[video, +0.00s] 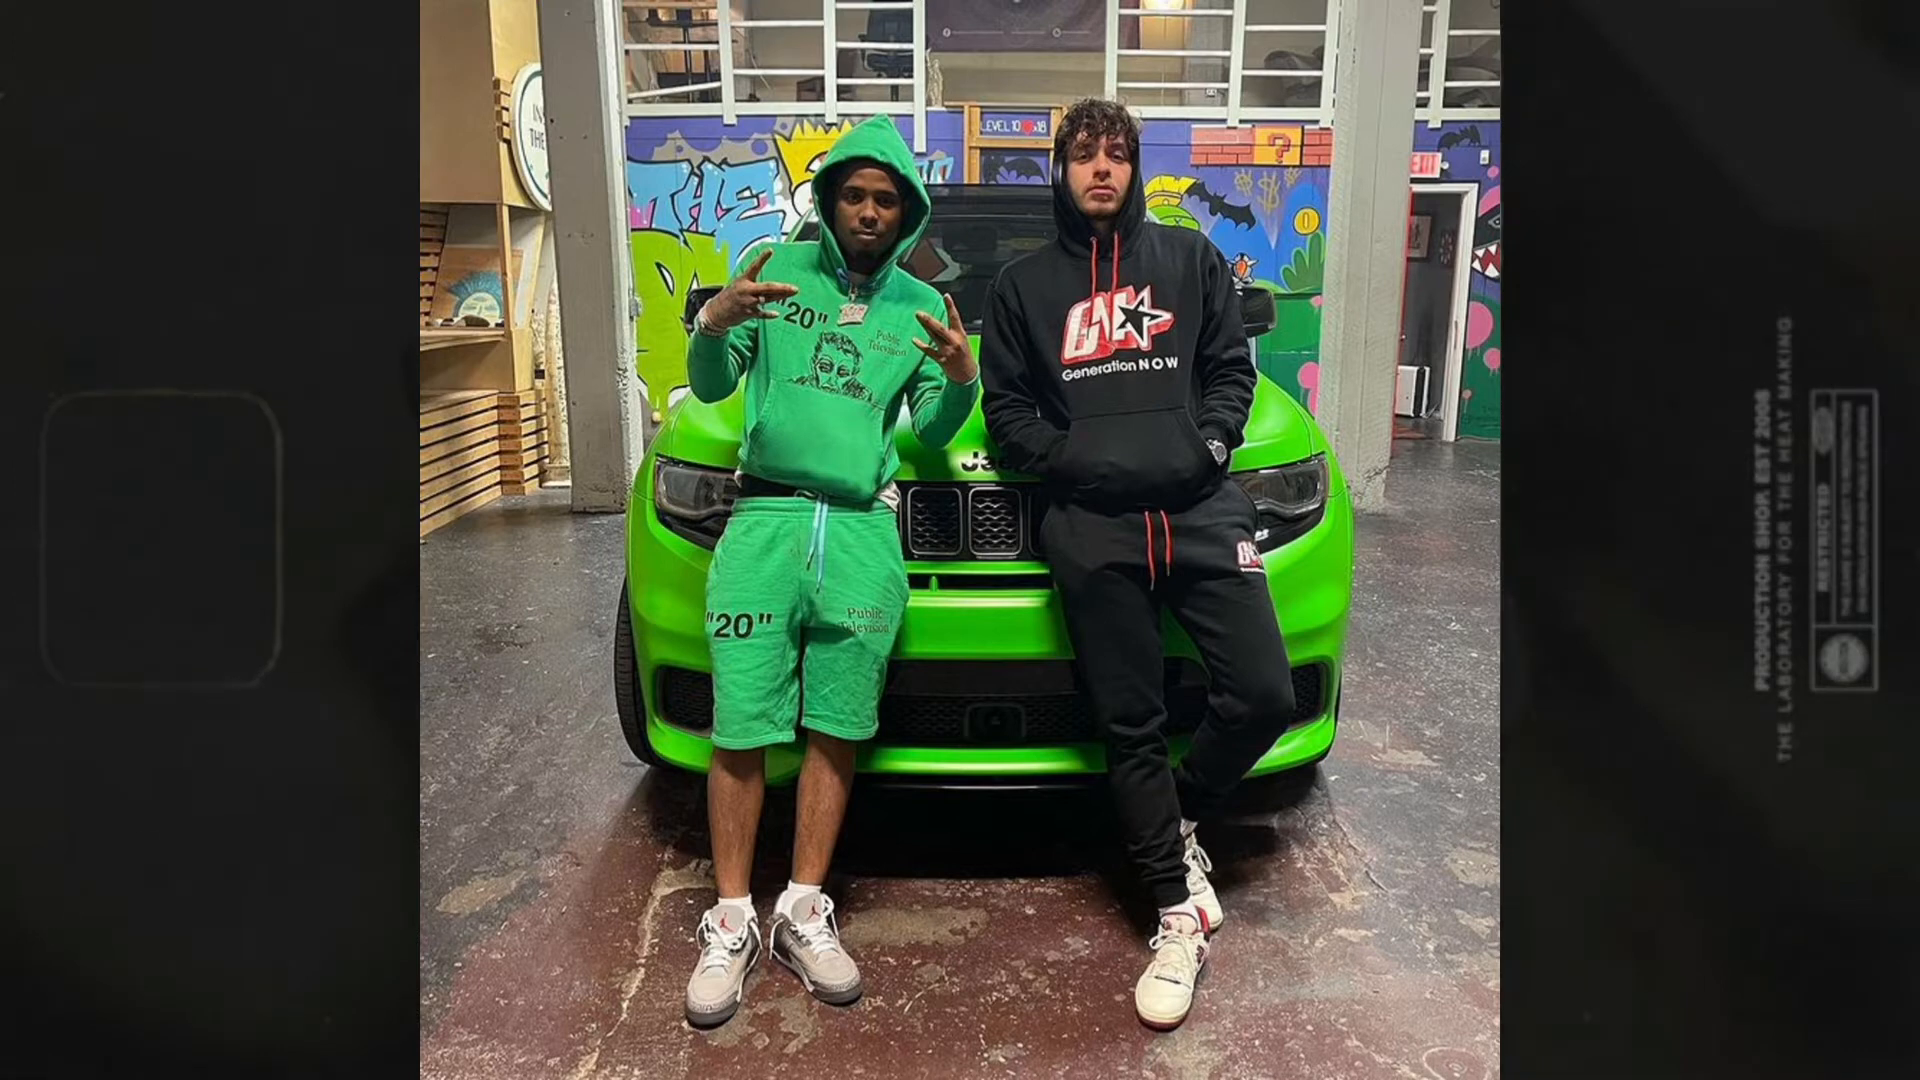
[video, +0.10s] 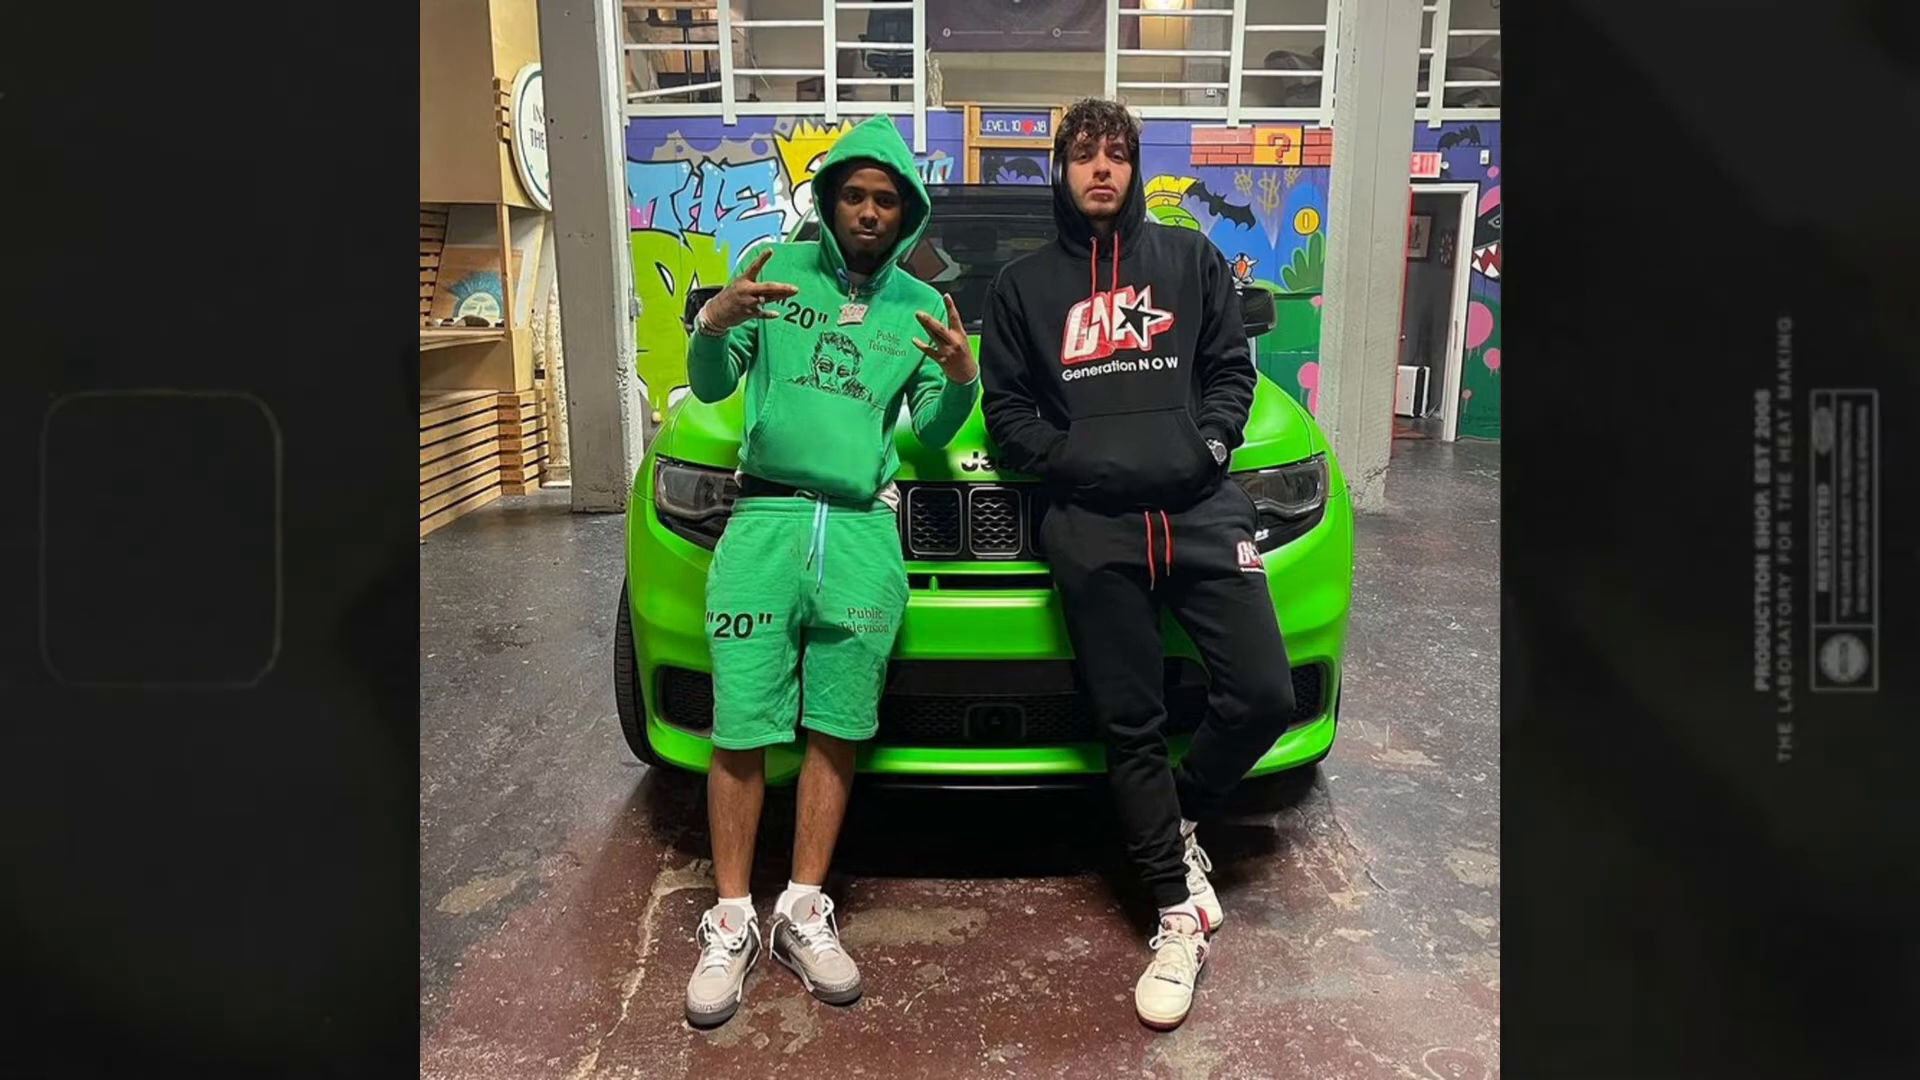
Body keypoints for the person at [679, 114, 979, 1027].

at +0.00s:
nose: (868, 212)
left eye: (885, 198)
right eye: (854, 196)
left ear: (907, 212)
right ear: (827, 202)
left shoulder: (923, 305)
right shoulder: (776, 268)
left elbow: (923, 439)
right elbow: (712, 384)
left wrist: (961, 380)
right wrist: (713, 321)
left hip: (861, 527)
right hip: (763, 517)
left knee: (838, 728)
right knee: (741, 728)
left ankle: (805, 908)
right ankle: (732, 919)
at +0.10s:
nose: (868, 212)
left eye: (885, 198)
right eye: (854, 196)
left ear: (907, 212)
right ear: (827, 202)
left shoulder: (923, 305)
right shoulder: (776, 268)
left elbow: (923, 439)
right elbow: (712, 384)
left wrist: (961, 380)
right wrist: (713, 321)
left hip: (861, 527)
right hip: (763, 517)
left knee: (838, 728)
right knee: (741, 728)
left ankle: (805, 908)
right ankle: (732, 919)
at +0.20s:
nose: (868, 212)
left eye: (885, 198)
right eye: (854, 196)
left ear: (907, 212)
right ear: (827, 202)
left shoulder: (923, 305)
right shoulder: (776, 268)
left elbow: (923, 439)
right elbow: (712, 384)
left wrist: (961, 380)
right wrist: (713, 321)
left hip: (861, 527)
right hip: (763, 517)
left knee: (838, 728)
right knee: (741, 728)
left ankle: (805, 908)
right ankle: (732, 919)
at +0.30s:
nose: (868, 212)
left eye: (885, 198)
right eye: (854, 196)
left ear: (907, 212)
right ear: (827, 202)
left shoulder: (923, 305)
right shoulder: (776, 268)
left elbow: (923, 439)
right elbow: (712, 384)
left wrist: (961, 380)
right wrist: (713, 321)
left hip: (861, 527)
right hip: (763, 517)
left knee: (838, 728)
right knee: (741, 728)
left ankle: (805, 908)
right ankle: (732, 919)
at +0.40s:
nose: (868, 212)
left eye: (885, 198)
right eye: (854, 196)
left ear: (907, 212)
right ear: (827, 202)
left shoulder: (923, 305)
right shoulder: (776, 268)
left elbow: (923, 439)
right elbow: (712, 384)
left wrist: (961, 380)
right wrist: (713, 321)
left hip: (861, 527)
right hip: (763, 517)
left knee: (838, 728)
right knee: (741, 728)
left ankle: (805, 908)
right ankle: (732, 919)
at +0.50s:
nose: (868, 212)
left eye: (885, 198)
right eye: (854, 196)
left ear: (907, 212)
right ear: (827, 202)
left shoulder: (923, 305)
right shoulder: (776, 268)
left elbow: (923, 439)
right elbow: (712, 384)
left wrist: (961, 380)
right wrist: (713, 321)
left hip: (861, 527)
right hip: (763, 517)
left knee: (838, 728)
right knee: (741, 728)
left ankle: (805, 908)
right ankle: (732, 919)